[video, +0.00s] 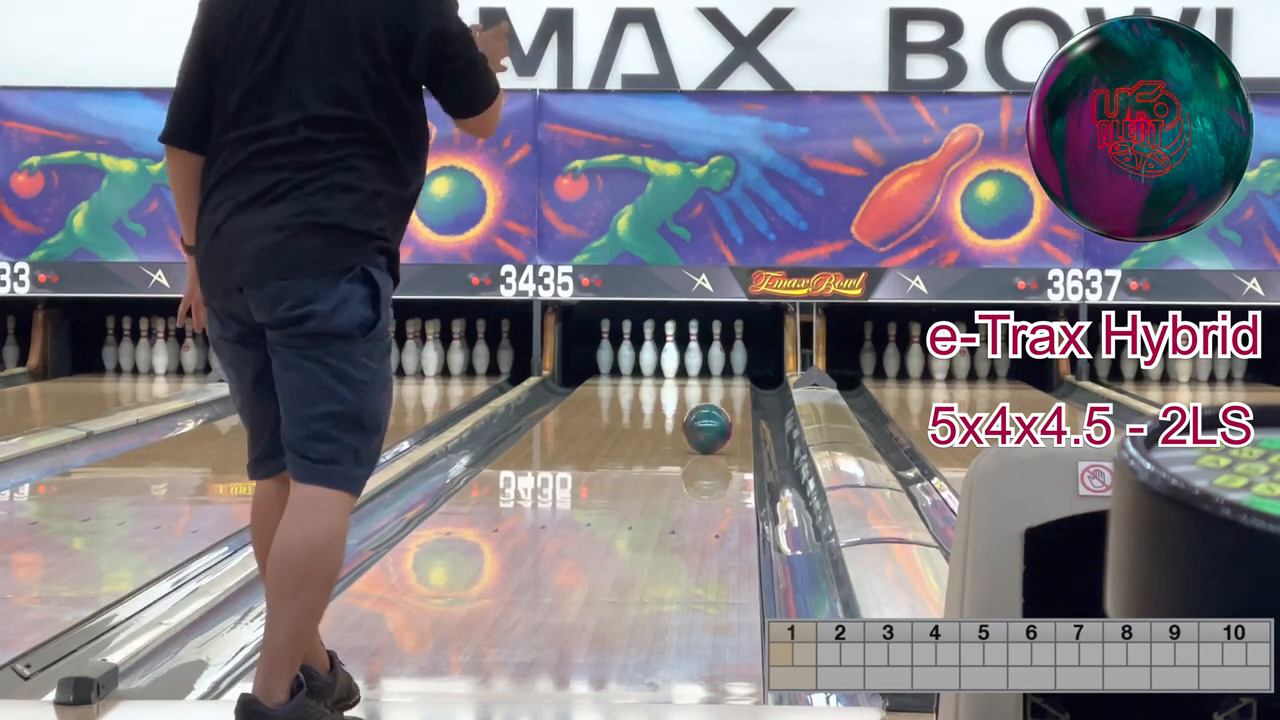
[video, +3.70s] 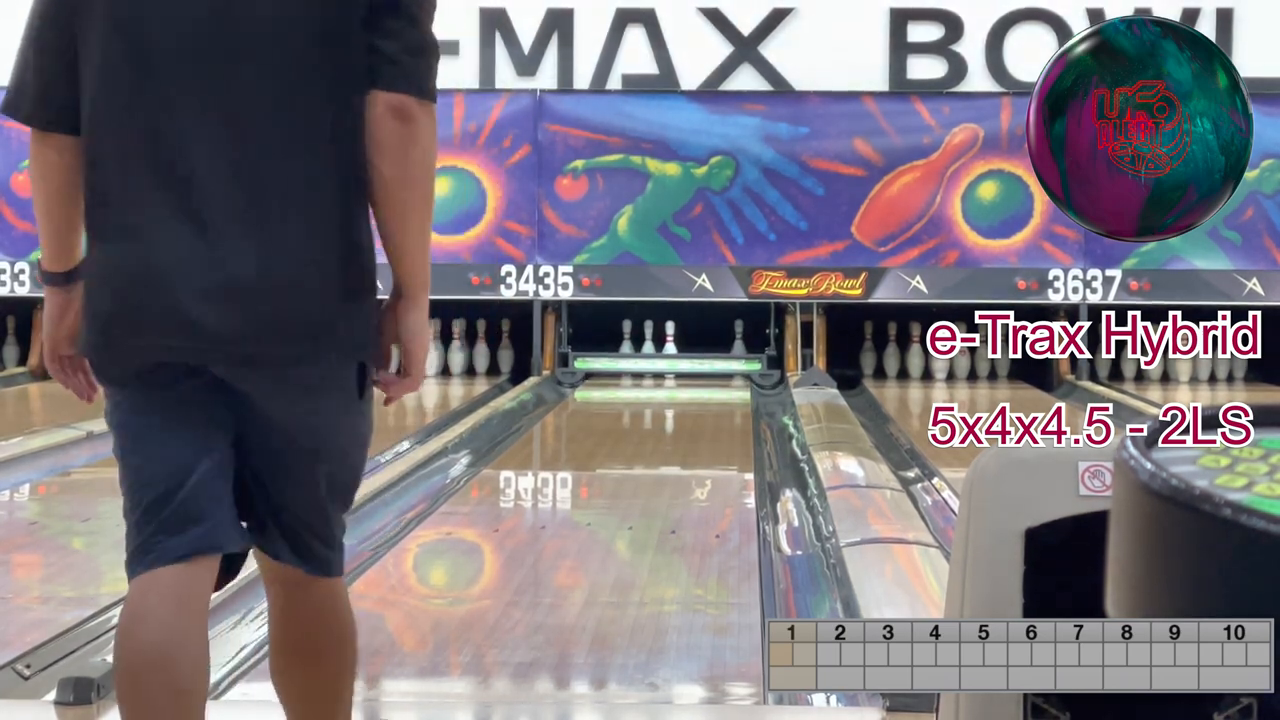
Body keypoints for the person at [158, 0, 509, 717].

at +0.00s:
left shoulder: (230, 3)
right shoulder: (411, 4)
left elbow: (183, 140)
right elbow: (479, 115)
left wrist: (201, 257)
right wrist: (486, 55)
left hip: (226, 254)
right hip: (328, 251)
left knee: (274, 471)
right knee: (328, 477)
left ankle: (309, 663)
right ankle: (269, 694)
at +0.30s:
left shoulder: (203, 3)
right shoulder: (400, 2)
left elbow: (165, 130)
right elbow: (447, 146)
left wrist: (172, 257)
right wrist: (478, 180)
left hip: (223, 250)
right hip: (333, 251)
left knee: (259, 465)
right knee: (311, 479)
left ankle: (293, 659)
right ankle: (270, 698)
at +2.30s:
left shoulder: (162, 6)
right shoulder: (391, 6)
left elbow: (130, 144)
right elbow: (419, 146)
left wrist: (132, 269)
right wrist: (427, 277)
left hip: (200, 279)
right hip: (336, 280)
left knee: (207, 500)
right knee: (300, 501)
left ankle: (242, 708)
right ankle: (282, 698)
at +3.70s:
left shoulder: (77, 4)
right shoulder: (381, 6)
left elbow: (53, 117)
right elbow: (397, 104)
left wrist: (61, 279)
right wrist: (412, 293)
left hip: (143, 282)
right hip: (304, 287)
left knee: (167, 563)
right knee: (304, 563)